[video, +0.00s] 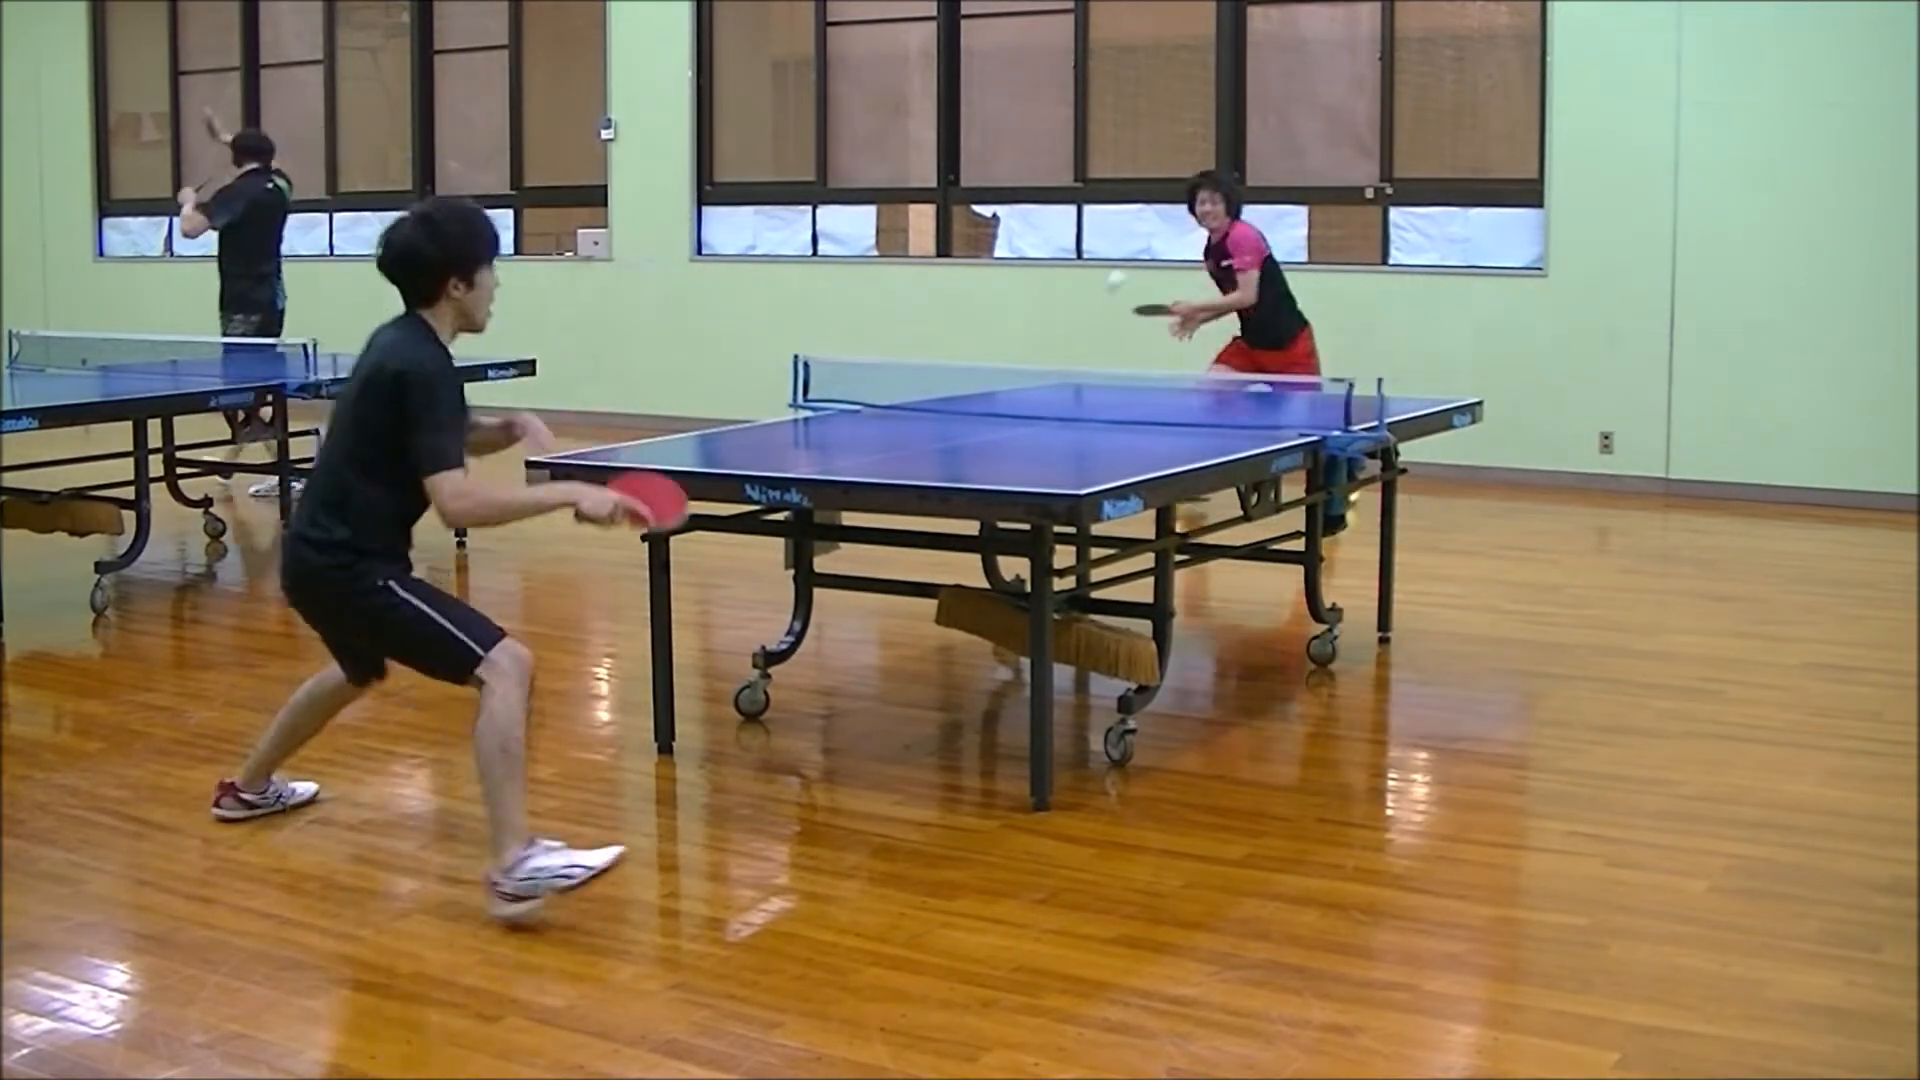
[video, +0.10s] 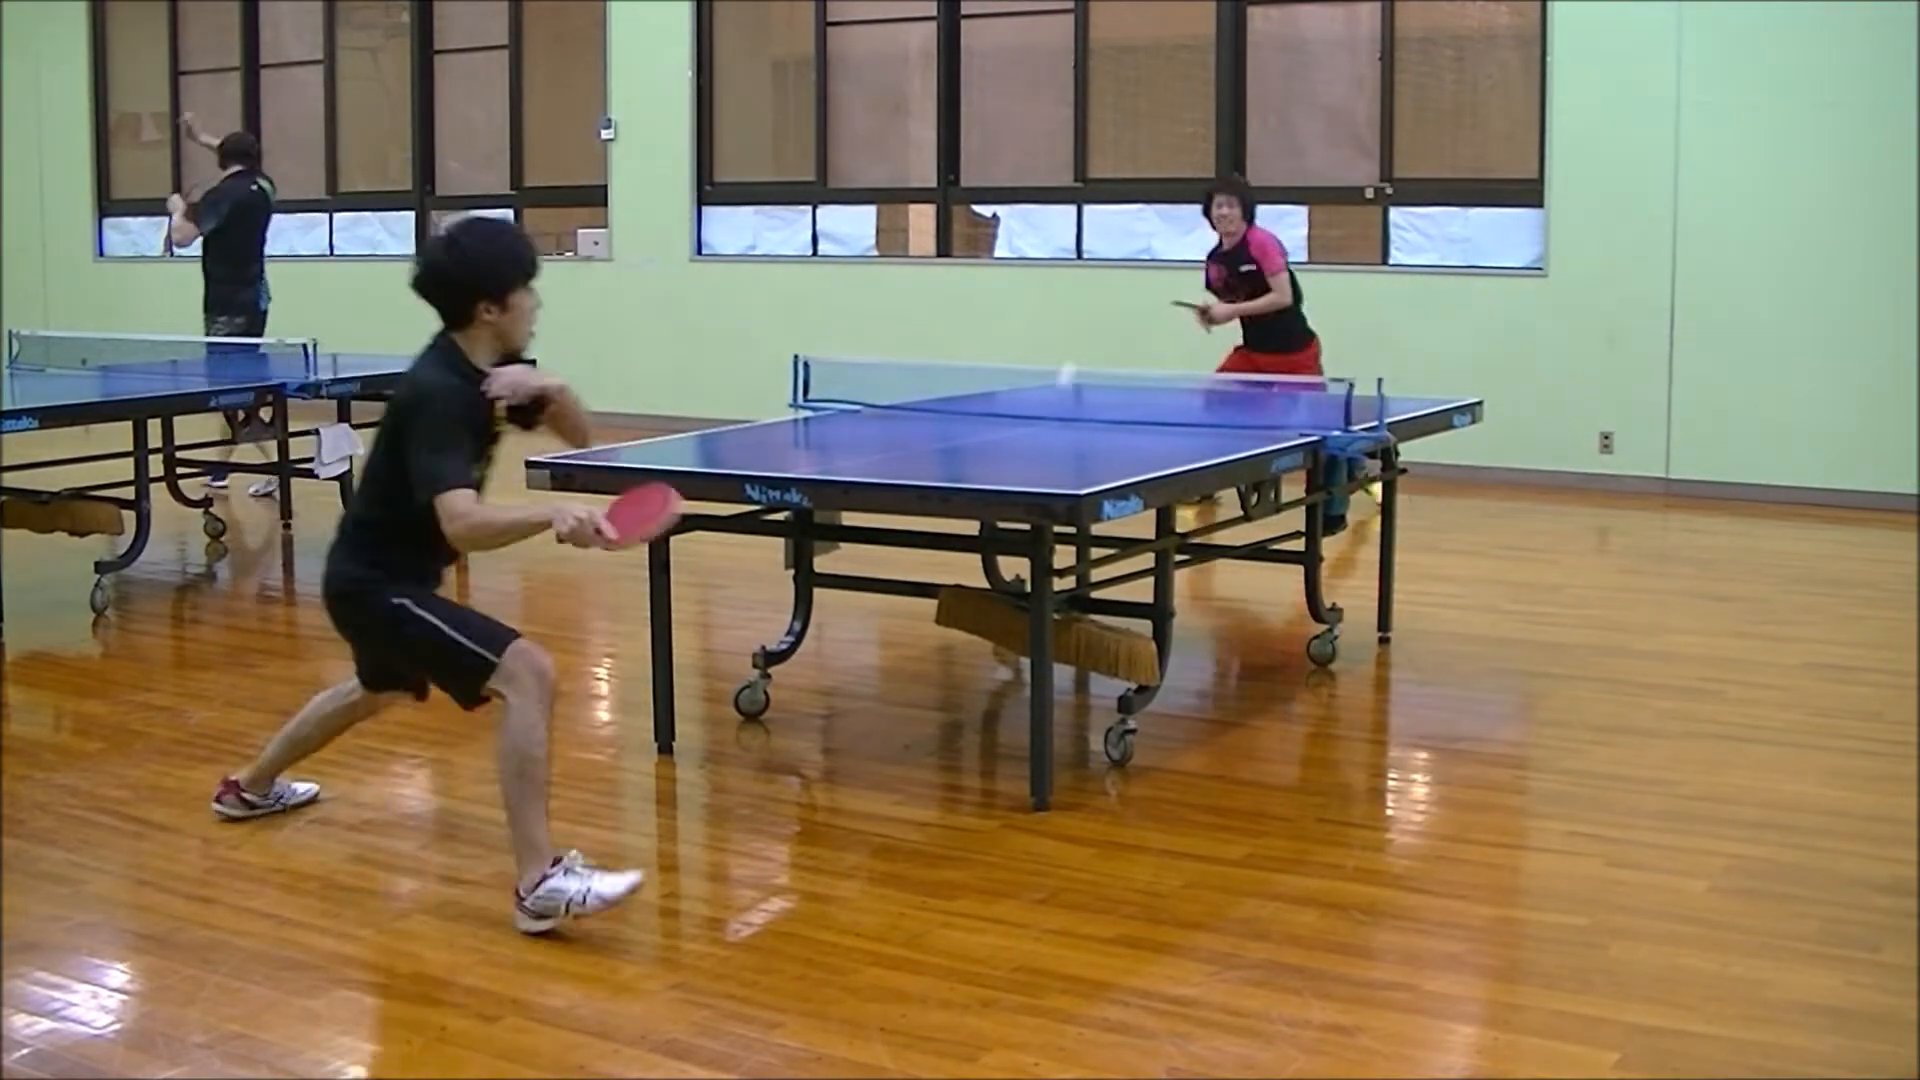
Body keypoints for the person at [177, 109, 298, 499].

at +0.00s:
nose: (234, 155)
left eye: (235, 151)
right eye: (236, 152)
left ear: (238, 157)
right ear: (267, 156)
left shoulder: (239, 192)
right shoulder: (280, 185)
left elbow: (191, 227)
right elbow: (258, 159)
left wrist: (188, 201)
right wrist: (226, 136)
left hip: (243, 304)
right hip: (270, 298)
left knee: (236, 383)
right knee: (263, 372)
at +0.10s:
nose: (217, 156)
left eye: (219, 153)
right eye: (220, 153)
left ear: (225, 158)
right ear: (253, 157)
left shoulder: (224, 194)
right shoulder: (263, 186)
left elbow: (180, 236)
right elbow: (234, 152)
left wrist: (177, 209)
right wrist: (198, 135)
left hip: (227, 306)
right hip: (253, 299)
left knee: (228, 389)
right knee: (239, 385)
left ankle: (273, 469)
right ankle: (221, 471)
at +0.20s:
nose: (204, 155)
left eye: (205, 152)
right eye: (206, 152)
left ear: (210, 158)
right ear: (238, 158)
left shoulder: (211, 193)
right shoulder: (248, 186)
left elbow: (177, 240)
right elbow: (214, 151)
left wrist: (166, 216)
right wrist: (177, 136)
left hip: (210, 305)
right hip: (238, 300)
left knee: (190, 387)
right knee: (227, 383)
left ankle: (246, 440)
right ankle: (219, 467)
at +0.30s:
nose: (186, 155)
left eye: (189, 151)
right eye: (188, 151)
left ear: (196, 156)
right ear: (222, 156)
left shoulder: (201, 188)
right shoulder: (234, 184)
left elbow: (175, 240)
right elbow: (188, 151)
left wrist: (156, 217)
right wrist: (152, 134)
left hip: (195, 303)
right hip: (225, 302)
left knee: (165, 377)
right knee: (209, 383)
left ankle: (213, 436)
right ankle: (218, 479)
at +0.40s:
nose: (171, 154)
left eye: (174, 151)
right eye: (173, 151)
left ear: (183, 157)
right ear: (203, 155)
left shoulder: (189, 186)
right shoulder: (216, 181)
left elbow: (164, 240)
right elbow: (169, 149)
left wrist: (145, 217)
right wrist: (130, 132)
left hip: (181, 300)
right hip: (212, 300)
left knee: (150, 371)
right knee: (214, 386)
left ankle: (162, 457)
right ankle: (219, 466)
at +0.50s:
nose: (153, 161)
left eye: (156, 157)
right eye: (154, 157)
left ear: (165, 162)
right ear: (186, 158)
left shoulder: (172, 190)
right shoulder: (201, 184)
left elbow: (147, 243)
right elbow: (152, 151)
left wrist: (129, 215)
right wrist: (115, 132)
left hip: (164, 305)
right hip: (198, 303)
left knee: (141, 381)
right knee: (209, 389)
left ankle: (130, 459)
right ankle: (218, 465)